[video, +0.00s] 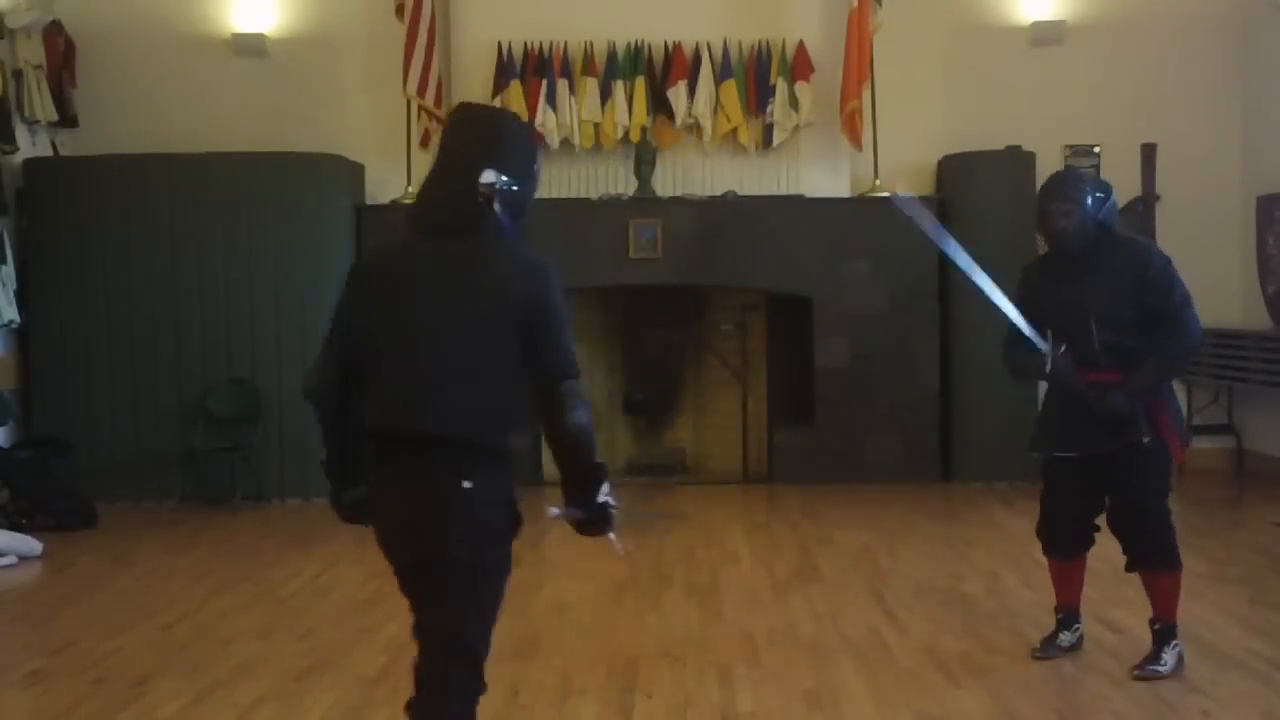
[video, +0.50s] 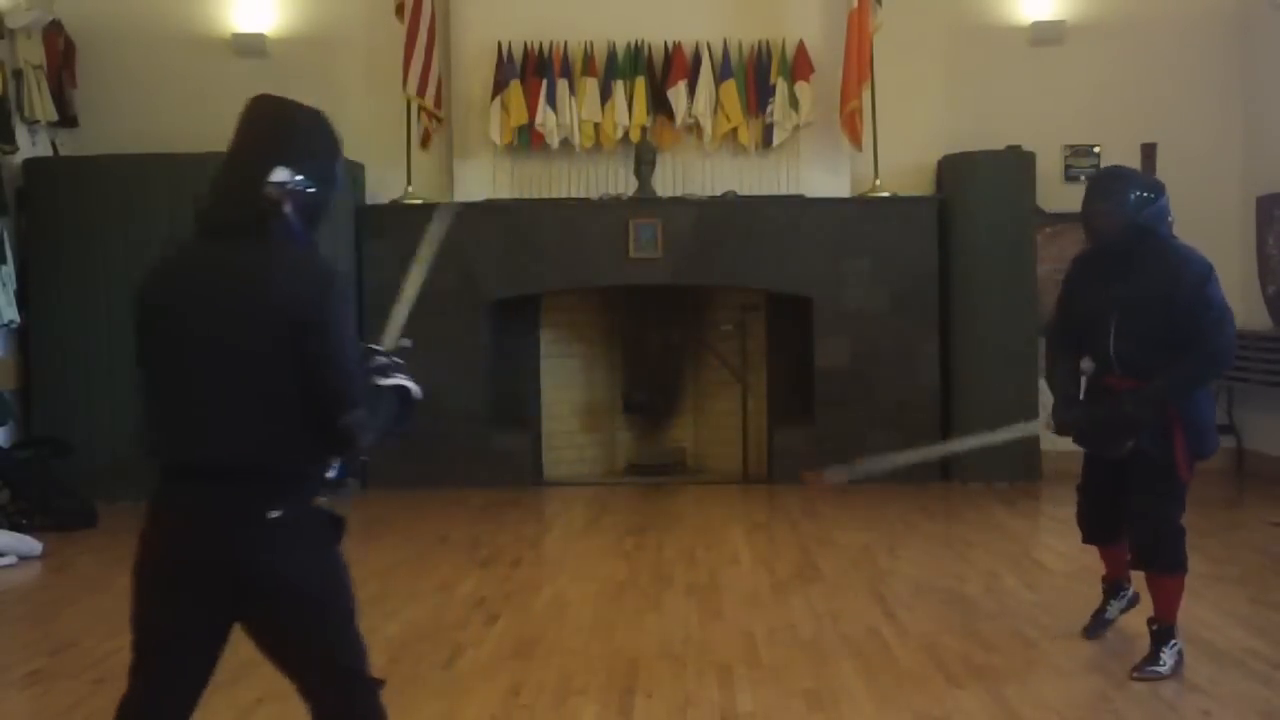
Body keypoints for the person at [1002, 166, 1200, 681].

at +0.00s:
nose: (1050, 225)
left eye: (1061, 214)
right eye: (1045, 214)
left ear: (1094, 213)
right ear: (1040, 217)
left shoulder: (1140, 261)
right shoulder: (1040, 274)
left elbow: (1185, 337)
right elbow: (1017, 357)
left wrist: (1131, 391)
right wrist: (1035, 359)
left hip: (1139, 423)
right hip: (1071, 421)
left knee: (1146, 526)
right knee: (1061, 524)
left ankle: (1166, 640)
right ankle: (1067, 626)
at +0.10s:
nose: (1052, 228)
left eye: (1064, 218)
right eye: (1049, 218)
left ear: (1098, 216)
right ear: (1049, 219)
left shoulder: (1150, 266)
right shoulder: (1054, 274)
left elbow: (1185, 347)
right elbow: (1025, 356)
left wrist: (1126, 395)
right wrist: (1054, 356)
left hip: (1144, 430)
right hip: (1079, 427)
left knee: (1150, 533)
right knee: (1069, 528)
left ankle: (1164, 641)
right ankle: (1068, 625)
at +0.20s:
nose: (1054, 230)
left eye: (1065, 221)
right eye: (1054, 220)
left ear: (1101, 220)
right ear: (1063, 222)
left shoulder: (1158, 269)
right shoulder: (1066, 271)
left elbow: (1191, 350)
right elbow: (1037, 345)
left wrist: (1129, 394)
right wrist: (1056, 359)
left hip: (1152, 429)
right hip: (1091, 425)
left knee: (1153, 534)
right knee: (1080, 526)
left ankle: (1165, 641)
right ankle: (1069, 623)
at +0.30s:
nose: (1065, 228)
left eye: (1076, 217)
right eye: (1064, 218)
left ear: (1109, 216)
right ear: (1074, 220)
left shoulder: (1164, 268)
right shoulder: (1074, 269)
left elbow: (1199, 355)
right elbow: (1054, 337)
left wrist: (1142, 396)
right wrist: (1062, 372)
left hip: (1158, 423)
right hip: (1098, 418)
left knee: (1153, 529)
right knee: (1090, 519)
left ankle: (1165, 641)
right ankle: (1084, 614)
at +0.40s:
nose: (1081, 228)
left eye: (1092, 218)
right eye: (1079, 218)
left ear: (1124, 217)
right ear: (1081, 219)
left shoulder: (1173, 268)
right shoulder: (1081, 269)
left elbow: (1211, 351)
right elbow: (1060, 335)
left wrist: (1146, 401)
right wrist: (1067, 377)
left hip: (1163, 424)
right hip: (1102, 420)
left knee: (1157, 528)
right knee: (1097, 515)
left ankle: (1166, 638)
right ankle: (1102, 601)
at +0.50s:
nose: (1095, 226)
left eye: (1106, 216)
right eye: (1091, 216)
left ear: (1138, 214)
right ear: (1090, 216)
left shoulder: (1182, 268)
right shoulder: (1088, 266)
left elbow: (1217, 349)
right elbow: (1062, 337)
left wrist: (1151, 401)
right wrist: (1067, 397)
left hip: (1166, 413)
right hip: (1106, 410)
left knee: (1155, 522)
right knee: (1099, 508)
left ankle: (1165, 637)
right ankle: (1118, 589)